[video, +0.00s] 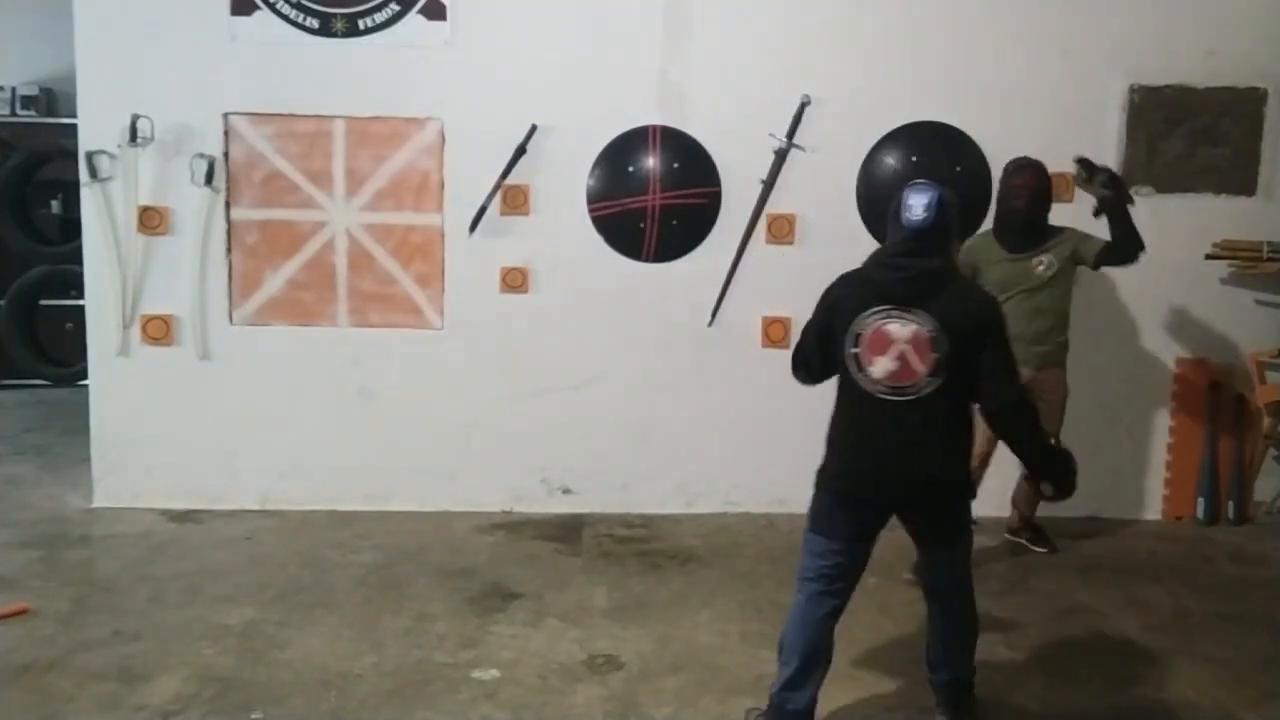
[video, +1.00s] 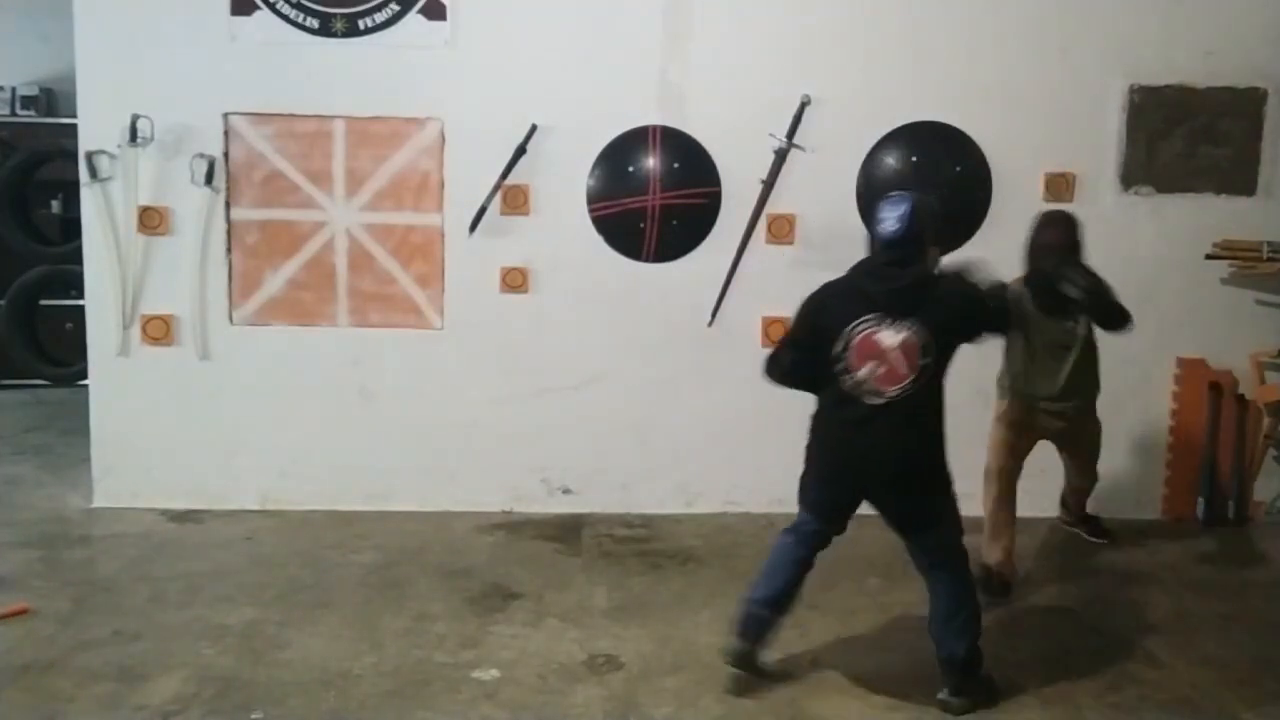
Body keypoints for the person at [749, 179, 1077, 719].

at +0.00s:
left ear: (887, 224)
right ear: (954, 230)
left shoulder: (850, 291)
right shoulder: (972, 303)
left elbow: (807, 367)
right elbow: (1003, 402)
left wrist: (860, 326)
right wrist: (1045, 460)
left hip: (855, 468)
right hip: (937, 473)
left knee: (819, 587)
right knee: (949, 587)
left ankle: (787, 708)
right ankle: (954, 696)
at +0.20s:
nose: (951, 244)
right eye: (950, 234)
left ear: (877, 220)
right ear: (941, 231)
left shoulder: (838, 286)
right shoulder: (945, 303)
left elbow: (805, 341)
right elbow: (1000, 377)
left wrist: (863, 328)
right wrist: (1059, 370)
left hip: (833, 469)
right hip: (913, 476)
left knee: (806, 589)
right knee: (933, 584)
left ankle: (781, 707)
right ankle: (943, 683)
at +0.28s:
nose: (956, 244)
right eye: (955, 232)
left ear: (877, 219)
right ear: (945, 229)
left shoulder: (837, 291)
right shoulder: (949, 304)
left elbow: (798, 345)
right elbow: (1022, 360)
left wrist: (849, 361)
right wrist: (1066, 317)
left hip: (833, 473)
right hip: (913, 479)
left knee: (808, 588)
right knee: (935, 581)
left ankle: (782, 707)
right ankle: (953, 677)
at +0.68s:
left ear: (909, 222)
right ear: (968, 232)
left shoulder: (870, 284)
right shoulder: (984, 294)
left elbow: (820, 345)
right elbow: (997, 328)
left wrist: (859, 397)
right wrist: (998, 276)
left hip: (869, 450)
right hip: (948, 455)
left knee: (822, 557)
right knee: (955, 567)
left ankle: (786, 681)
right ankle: (959, 681)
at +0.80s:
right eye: (951, 224)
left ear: (895, 225)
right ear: (952, 229)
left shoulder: (856, 286)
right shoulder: (974, 294)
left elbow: (816, 356)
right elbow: (987, 360)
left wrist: (863, 391)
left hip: (863, 450)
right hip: (942, 455)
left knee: (822, 558)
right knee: (954, 564)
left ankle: (786, 677)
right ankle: (958, 680)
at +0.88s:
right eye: (953, 229)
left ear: (885, 224)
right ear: (948, 231)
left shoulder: (850, 289)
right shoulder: (964, 294)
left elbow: (807, 359)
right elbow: (983, 352)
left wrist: (856, 392)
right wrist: (1036, 344)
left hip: (854, 450)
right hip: (932, 455)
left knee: (816, 551)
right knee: (949, 563)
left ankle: (786, 675)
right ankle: (959, 679)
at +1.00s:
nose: (936, 249)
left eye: (929, 241)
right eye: (932, 241)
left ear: (875, 241)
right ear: (926, 245)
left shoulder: (834, 297)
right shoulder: (945, 297)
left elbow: (782, 365)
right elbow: (1000, 314)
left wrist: (839, 377)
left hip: (837, 456)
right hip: (909, 461)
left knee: (806, 532)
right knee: (943, 562)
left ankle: (746, 639)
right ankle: (961, 677)